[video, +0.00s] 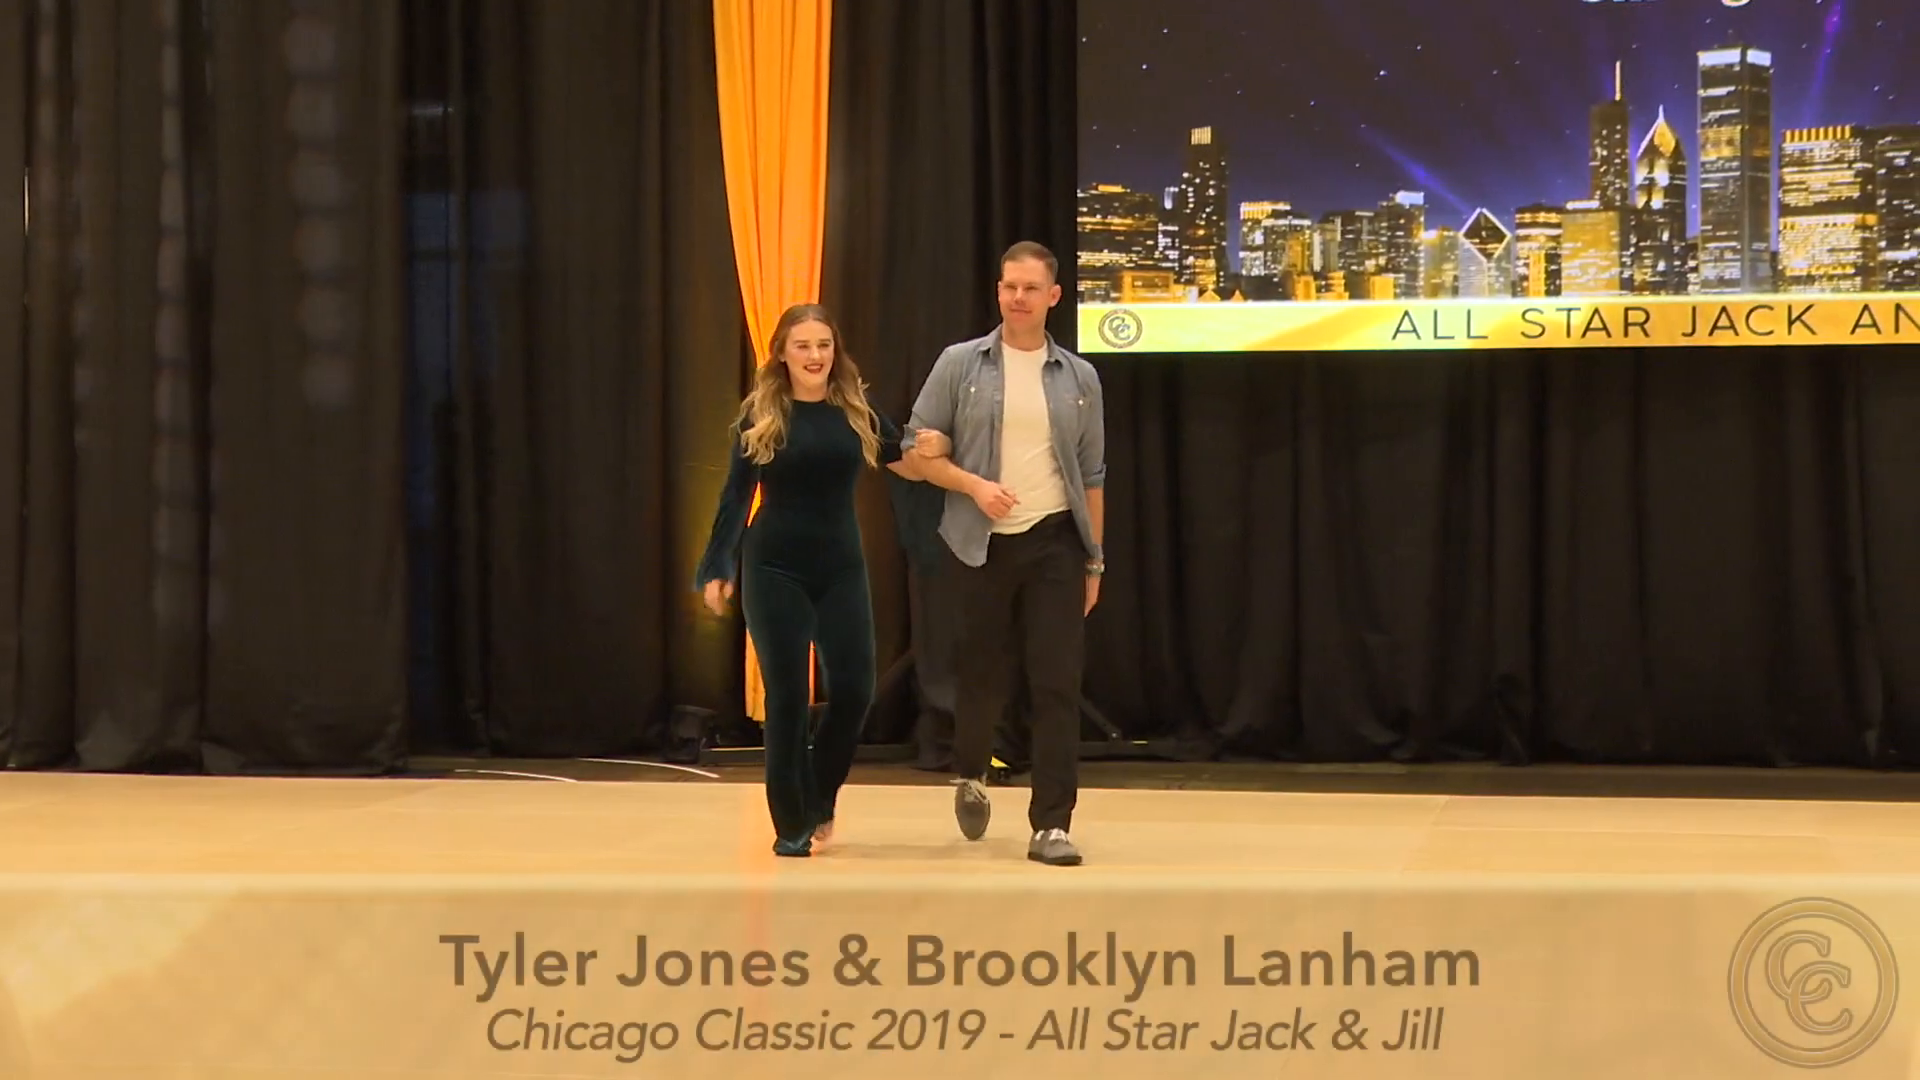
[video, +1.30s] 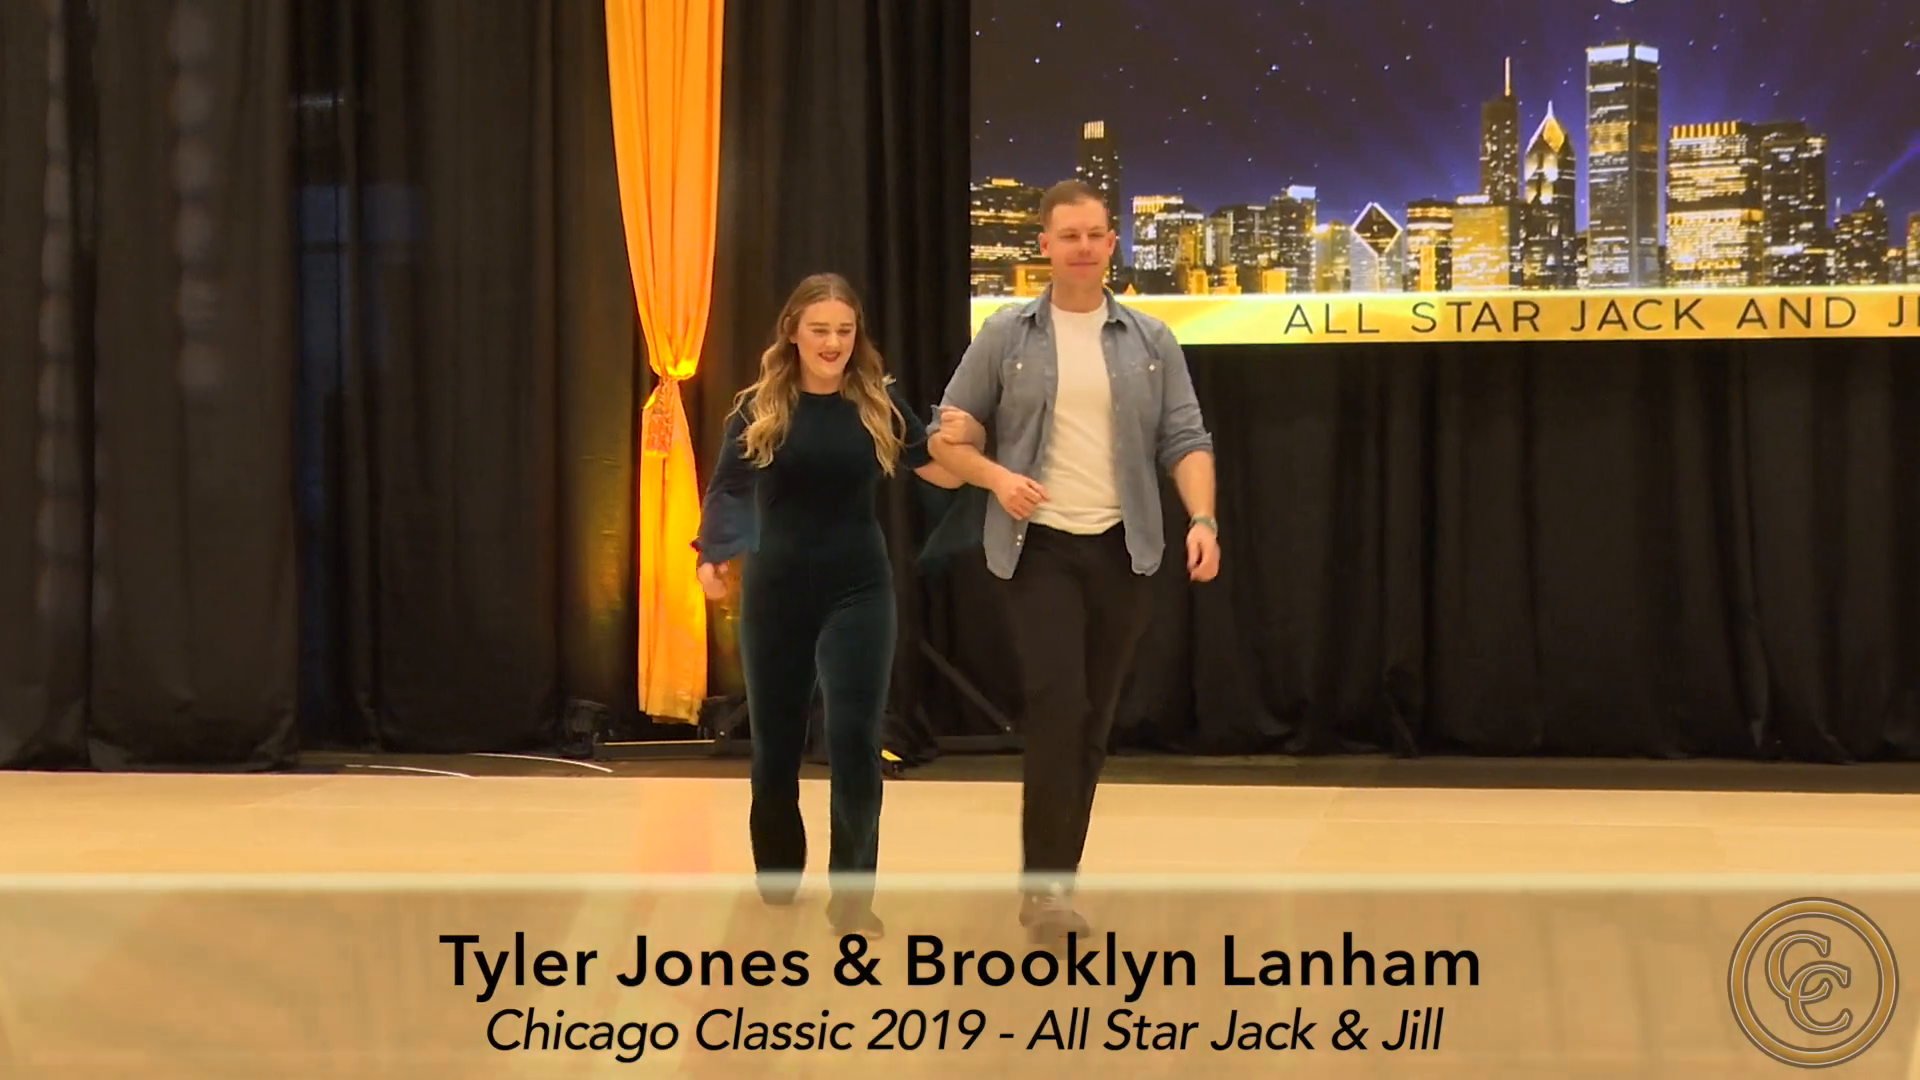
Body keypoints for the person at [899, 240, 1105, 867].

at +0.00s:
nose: (1018, 298)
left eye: (1031, 288)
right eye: (1010, 286)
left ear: (1054, 295)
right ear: (997, 291)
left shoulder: (1081, 377)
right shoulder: (958, 363)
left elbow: (1092, 478)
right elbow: (918, 454)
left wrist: (1093, 561)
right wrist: (974, 485)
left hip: (1057, 541)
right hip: (981, 545)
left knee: (1058, 682)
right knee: (983, 674)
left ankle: (1052, 825)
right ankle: (971, 775)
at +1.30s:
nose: (1084, 246)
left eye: (1095, 233)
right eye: (1069, 234)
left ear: (1112, 242)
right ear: (1044, 245)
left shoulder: (1152, 338)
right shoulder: (1006, 333)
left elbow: (1186, 438)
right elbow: (944, 442)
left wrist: (1203, 519)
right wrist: (995, 476)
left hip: (1126, 548)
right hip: (1038, 547)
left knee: (1093, 719)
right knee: (1054, 706)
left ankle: (1057, 886)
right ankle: (1045, 889)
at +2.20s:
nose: (1126, 236)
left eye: (1141, 221)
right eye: (1120, 222)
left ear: (1190, 220)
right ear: (1120, 227)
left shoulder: (1260, 318)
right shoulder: (1097, 319)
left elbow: (1294, 450)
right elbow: (1042, 430)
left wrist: (1311, 574)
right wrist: (1044, 525)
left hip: (1244, 556)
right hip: (1135, 557)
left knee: (1250, 757)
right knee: (1126, 742)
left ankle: (1247, 944)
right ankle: (1082, 868)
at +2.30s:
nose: (1121, 228)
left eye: (1135, 213)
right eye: (1115, 214)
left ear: (1187, 210)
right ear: (1119, 217)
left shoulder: (1261, 309)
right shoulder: (1097, 314)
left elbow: (1305, 433)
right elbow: (1056, 433)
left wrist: (1332, 546)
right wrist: (1041, 550)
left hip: (1244, 544)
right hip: (1137, 547)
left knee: (1238, 747)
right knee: (1151, 724)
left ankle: (1230, 931)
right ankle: (1114, 862)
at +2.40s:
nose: (1118, 227)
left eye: (1132, 212)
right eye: (1113, 213)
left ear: (1186, 206)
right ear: (1120, 214)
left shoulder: (1265, 302)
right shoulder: (1100, 311)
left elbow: (1312, 415)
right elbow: (1060, 437)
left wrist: (1345, 511)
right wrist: (1031, 555)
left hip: (1246, 543)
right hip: (1142, 542)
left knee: (1233, 741)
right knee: (1161, 723)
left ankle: (1216, 926)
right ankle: (1152, 915)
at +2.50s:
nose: (1116, 228)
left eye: (1128, 213)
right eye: (1110, 214)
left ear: (1182, 206)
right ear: (1113, 215)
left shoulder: (1266, 301)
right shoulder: (1102, 310)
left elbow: (1314, 405)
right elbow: (1059, 439)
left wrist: (1339, 491)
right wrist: (1008, 549)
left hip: (1246, 545)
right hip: (1144, 545)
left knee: (1225, 742)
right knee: (1172, 734)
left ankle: (1208, 927)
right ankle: (1170, 935)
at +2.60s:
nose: (1105, 230)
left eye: (1118, 213)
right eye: (1100, 215)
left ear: (1171, 206)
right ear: (1117, 215)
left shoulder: (1263, 303)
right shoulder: (1098, 316)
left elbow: (1310, 410)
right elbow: (1045, 439)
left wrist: (1324, 497)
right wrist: (977, 539)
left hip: (1245, 553)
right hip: (1143, 553)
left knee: (1219, 749)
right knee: (1183, 739)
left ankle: (1183, 921)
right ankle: (1202, 930)